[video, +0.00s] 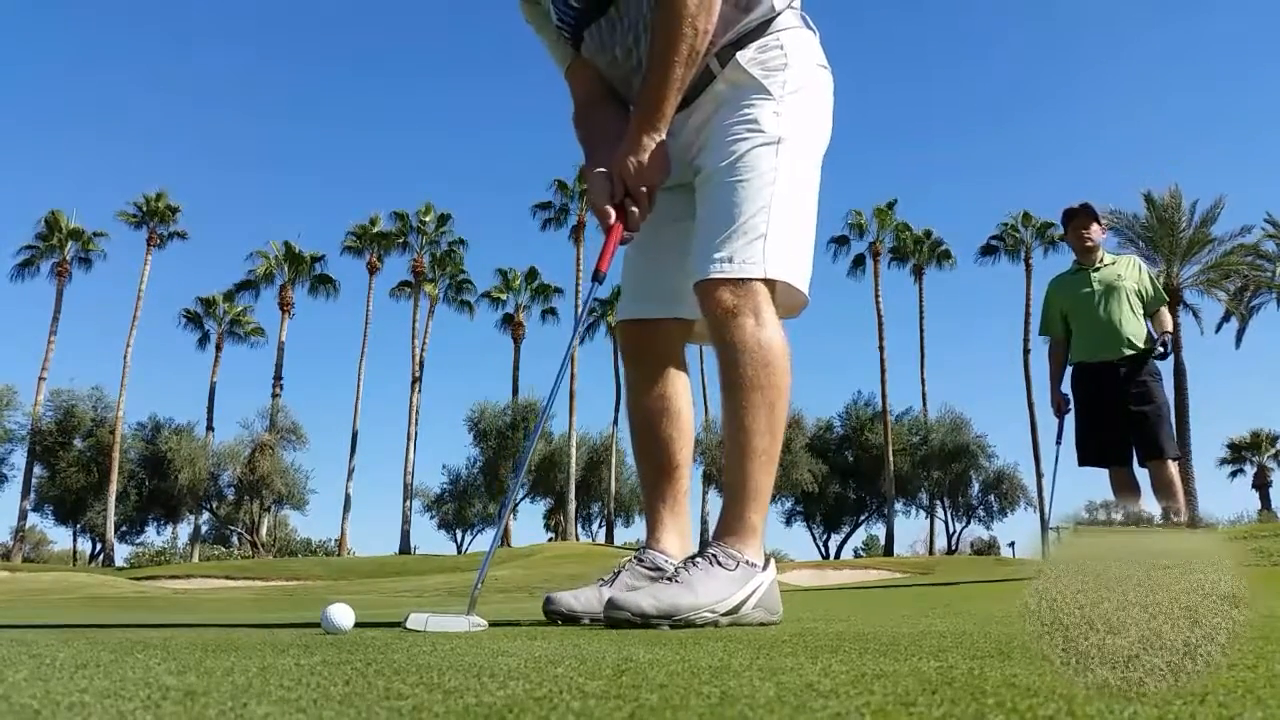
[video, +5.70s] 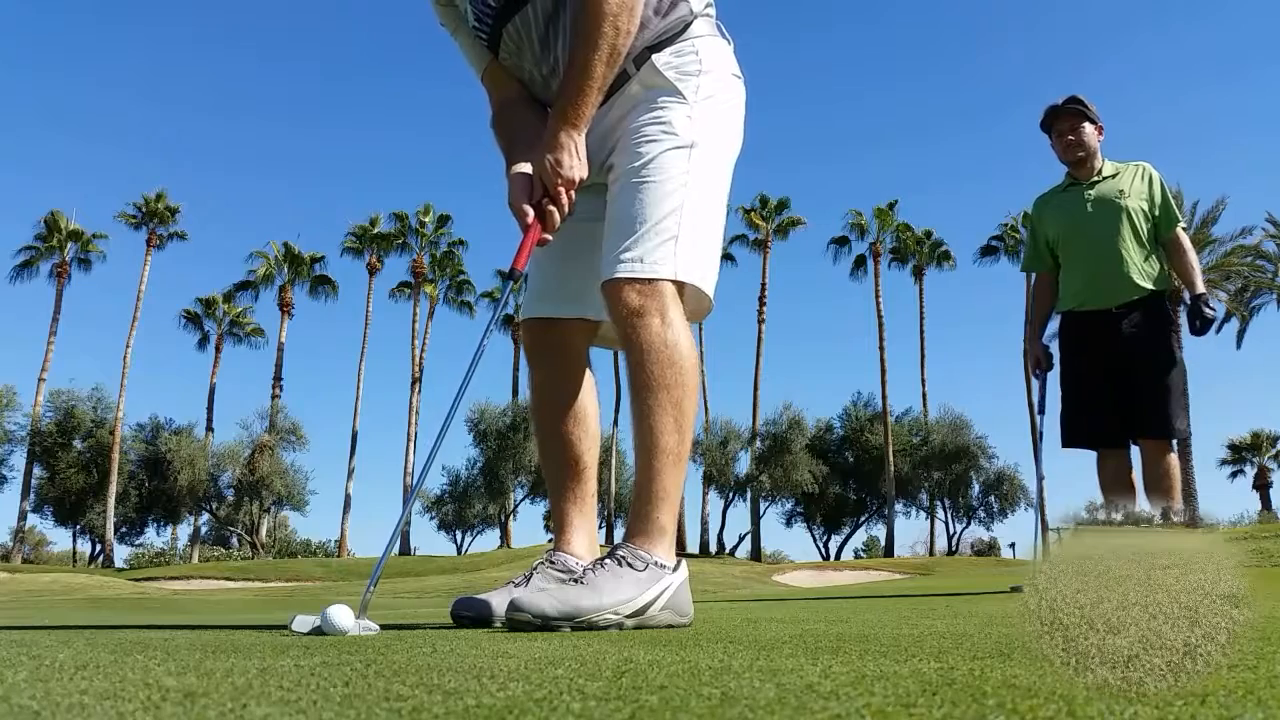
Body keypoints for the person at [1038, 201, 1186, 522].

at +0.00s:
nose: (1085, 232)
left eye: (1089, 226)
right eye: (1076, 229)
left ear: (1102, 230)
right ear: (1067, 238)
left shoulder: (1132, 266)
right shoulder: (1060, 286)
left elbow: (1158, 308)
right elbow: (1057, 342)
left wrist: (1164, 333)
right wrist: (1055, 389)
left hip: (1138, 372)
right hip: (1093, 379)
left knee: (1159, 455)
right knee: (1117, 462)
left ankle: (1177, 529)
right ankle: (1134, 533)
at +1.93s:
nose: (1089, 222)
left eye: (1095, 215)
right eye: (1082, 218)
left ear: (1109, 219)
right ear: (1074, 227)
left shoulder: (1140, 258)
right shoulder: (1066, 275)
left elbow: (1165, 309)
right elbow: (1061, 332)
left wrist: (1183, 355)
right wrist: (1057, 381)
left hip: (1136, 365)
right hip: (1090, 371)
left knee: (1139, 454)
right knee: (1112, 460)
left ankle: (1150, 528)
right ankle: (1128, 530)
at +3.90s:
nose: (1088, 168)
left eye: (1094, 159)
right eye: (1079, 164)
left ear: (1112, 162)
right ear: (1071, 176)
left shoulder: (1152, 207)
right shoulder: (1062, 231)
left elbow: (1182, 264)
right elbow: (1060, 298)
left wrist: (1203, 312)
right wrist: (1054, 353)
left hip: (1150, 336)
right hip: (1092, 342)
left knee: (1150, 442)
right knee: (1100, 440)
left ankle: (1146, 531)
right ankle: (1107, 530)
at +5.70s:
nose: (1069, 138)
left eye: (1076, 128)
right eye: (1059, 134)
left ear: (1098, 131)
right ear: (1052, 146)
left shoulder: (1142, 176)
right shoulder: (1046, 207)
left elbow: (1175, 239)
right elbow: (1044, 279)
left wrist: (1198, 293)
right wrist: (1033, 338)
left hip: (1147, 320)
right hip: (1085, 329)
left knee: (1158, 438)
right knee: (1108, 444)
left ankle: (1169, 538)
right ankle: (1124, 542)